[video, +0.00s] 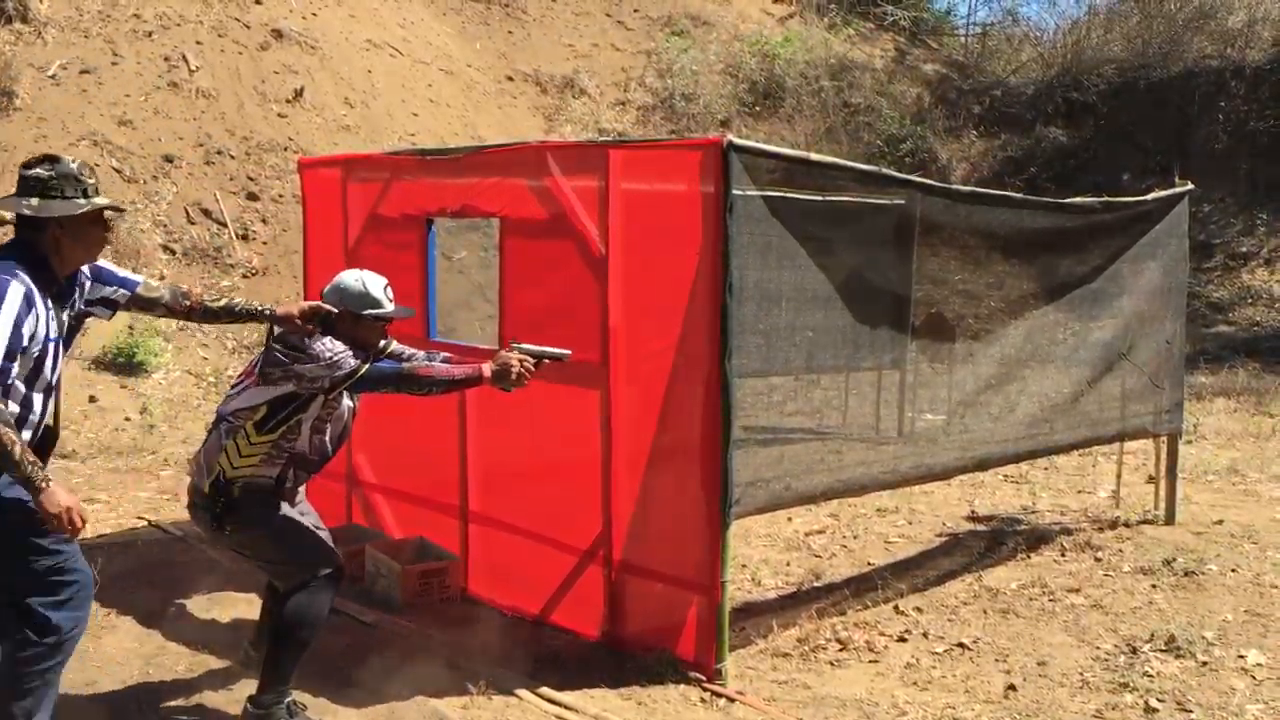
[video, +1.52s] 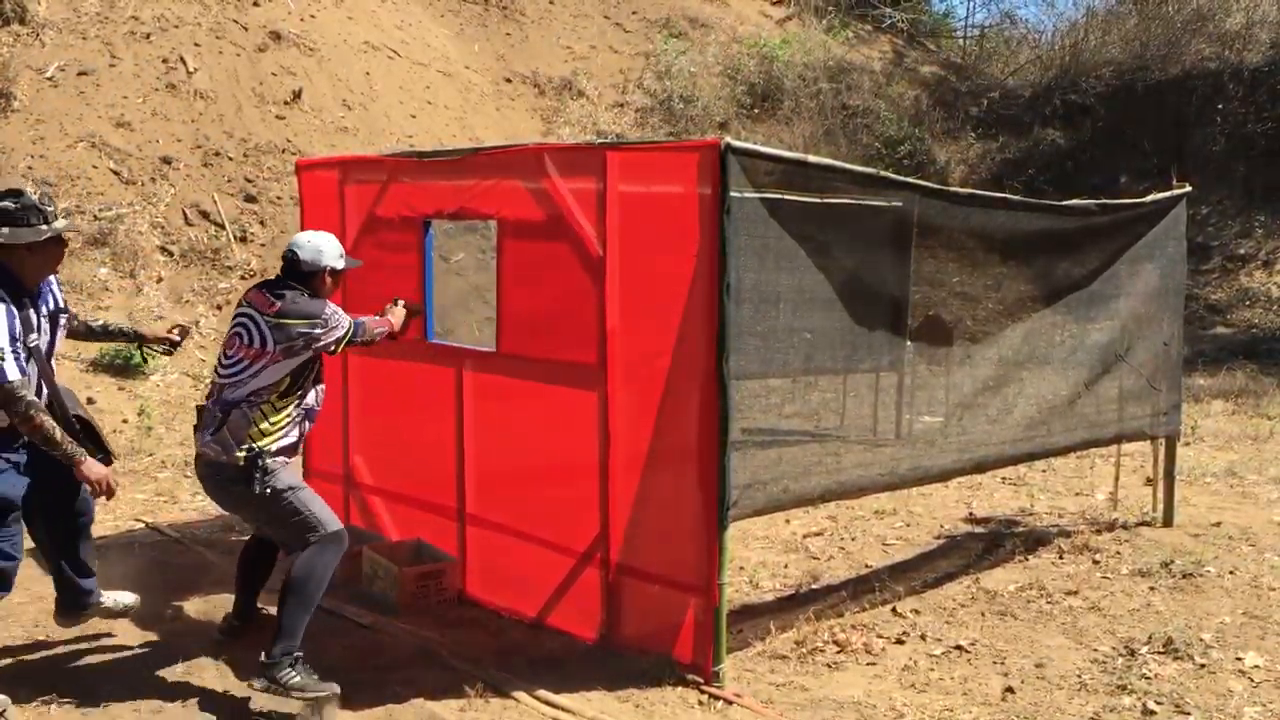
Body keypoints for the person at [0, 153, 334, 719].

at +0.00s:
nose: (108, 228)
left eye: (105, 217)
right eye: (96, 219)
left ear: (64, 231)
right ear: (57, 232)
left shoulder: (79, 276)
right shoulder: (13, 295)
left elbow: (179, 301)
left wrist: (275, 314)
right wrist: (40, 482)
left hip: (16, 475)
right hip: (4, 480)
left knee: (46, 581)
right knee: (66, 583)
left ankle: (18, 698)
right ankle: (22, 707)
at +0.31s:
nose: (107, 226)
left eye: (104, 215)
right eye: (95, 217)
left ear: (68, 225)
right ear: (55, 227)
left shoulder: (89, 267)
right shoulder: (6, 289)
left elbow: (183, 291)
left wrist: (276, 308)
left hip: (19, 443)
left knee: (15, 592)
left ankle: (10, 709)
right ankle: (11, 709)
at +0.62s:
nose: (91, 228)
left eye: (89, 217)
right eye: (79, 219)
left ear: (53, 226)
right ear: (39, 227)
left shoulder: (75, 273)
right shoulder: (5, 292)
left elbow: (158, 299)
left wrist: (243, 305)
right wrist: (4, 474)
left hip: (16, 468)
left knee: (25, 589)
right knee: (16, 593)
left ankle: (8, 702)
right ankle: (9, 707)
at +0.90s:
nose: (50, 228)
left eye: (49, 217)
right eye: (37, 219)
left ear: (30, 225)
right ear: (2, 228)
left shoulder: (41, 269)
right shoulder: (3, 285)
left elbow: (108, 291)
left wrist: (172, 299)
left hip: (9, 457)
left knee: (15, 570)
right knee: (14, 571)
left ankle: (2, 697)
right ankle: (1, 698)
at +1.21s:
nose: (51, 222)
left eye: (50, 211)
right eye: (38, 213)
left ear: (32, 218)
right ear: (4, 221)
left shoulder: (40, 262)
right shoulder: (8, 275)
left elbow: (96, 293)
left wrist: (146, 301)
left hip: (8, 434)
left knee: (1, 536)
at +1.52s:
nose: (64, 248)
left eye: (61, 239)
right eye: (54, 241)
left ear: (28, 251)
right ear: (19, 252)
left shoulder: (44, 286)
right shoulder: (4, 312)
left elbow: (70, 325)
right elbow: (18, 402)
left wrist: (144, 337)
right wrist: (81, 460)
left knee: (70, 510)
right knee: (6, 561)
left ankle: (77, 599)